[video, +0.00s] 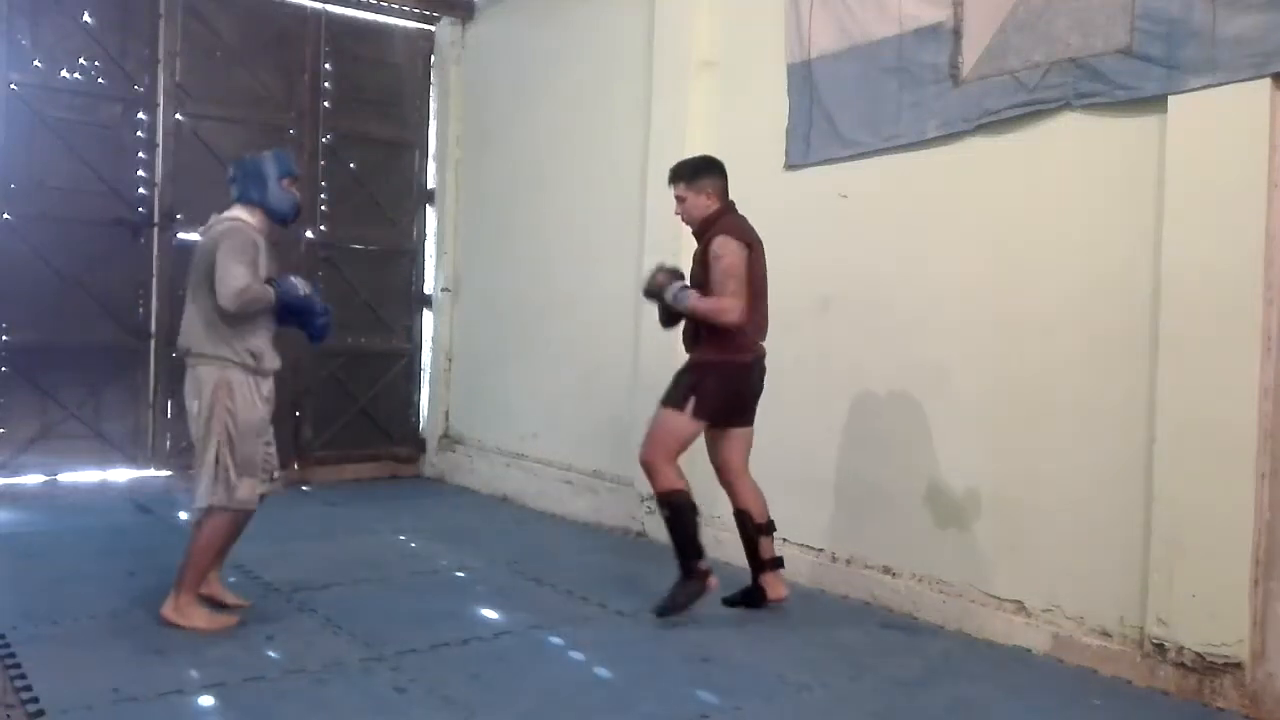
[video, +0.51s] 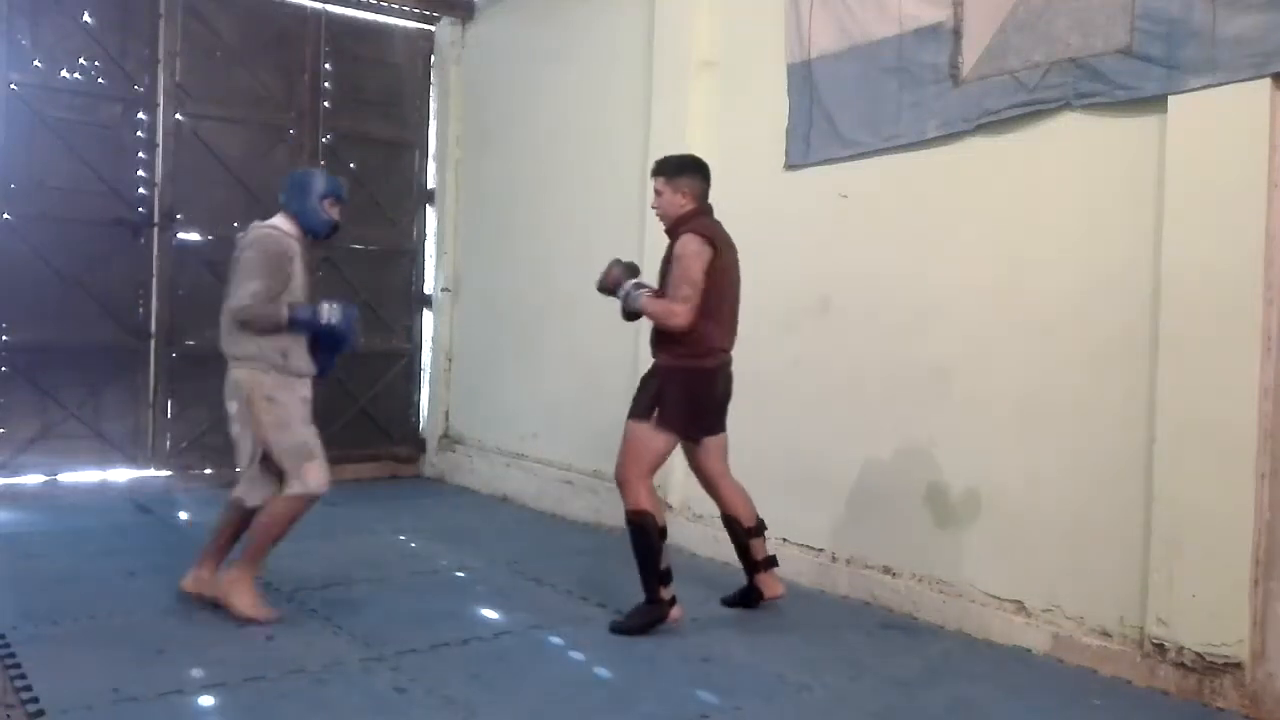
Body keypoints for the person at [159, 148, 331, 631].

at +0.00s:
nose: (296, 191)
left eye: (295, 183)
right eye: (289, 182)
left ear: (260, 186)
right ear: (266, 184)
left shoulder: (248, 234)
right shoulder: (238, 229)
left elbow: (243, 304)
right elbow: (233, 295)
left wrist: (290, 308)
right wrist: (284, 294)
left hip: (239, 374)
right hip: (222, 374)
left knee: (251, 484)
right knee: (235, 489)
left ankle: (205, 580)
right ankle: (183, 599)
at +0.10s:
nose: (304, 179)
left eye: (303, 170)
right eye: (295, 169)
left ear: (271, 174)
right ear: (270, 172)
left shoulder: (263, 222)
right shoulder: (244, 217)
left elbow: (246, 293)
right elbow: (225, 288)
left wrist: (290, 300)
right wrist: (281, 283)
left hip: (253, 362)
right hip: (227, 362)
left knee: (255, 473)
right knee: (233, 478)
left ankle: (215, 570)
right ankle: (187, 588)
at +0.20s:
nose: (313, 171)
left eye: (313, 163)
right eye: (304, 162)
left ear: (286, 168)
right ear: (277, 163)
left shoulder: (276, 215)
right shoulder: (251, 203)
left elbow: (263, 298)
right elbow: (232, 268)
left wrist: (300, 294)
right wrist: (292, 271)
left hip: (260, 351)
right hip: (233, 350)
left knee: (254, 471)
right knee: (236, 474)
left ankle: (218, 565)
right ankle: (189, 582)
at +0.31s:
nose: (313, 190)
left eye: (314, 182)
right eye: (306, 180)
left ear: (289, 185)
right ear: (280, 179)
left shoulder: (279, 226)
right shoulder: (258, 209)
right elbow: (243, 274)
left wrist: (306, 301)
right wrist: (300, 276)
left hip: (260, 366)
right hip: (242, 366)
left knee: (256, 485)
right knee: (246, 487)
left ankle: (208, 576)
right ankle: (184, 591)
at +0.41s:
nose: (321, 214)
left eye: (321, 206)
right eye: (313, 204)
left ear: (291, 207)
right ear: (286, 203)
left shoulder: (275, 251)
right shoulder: (258, 244)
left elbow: (259, 324)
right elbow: (258, 304)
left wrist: (297, 354)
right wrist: (314, 313)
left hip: (265, 389)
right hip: (248, 390)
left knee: (258, 497)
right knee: (275, 501)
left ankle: (206, 583)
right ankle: (194, 587)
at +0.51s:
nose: (336, 215)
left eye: (339, 206)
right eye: (330, 203)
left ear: (306, 203)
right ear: (304, 200)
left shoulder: (288, 246)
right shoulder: (269, 241)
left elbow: (270, 319)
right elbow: (246, 312)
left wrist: (318, 342)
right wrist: (309, 314)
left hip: (271, 379)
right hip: (263, 380)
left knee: (260, 482)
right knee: (309, 480)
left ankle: (204, 572)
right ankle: (239, 578)